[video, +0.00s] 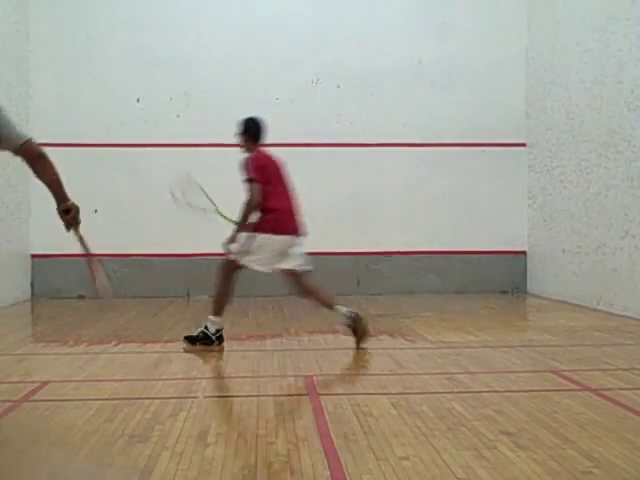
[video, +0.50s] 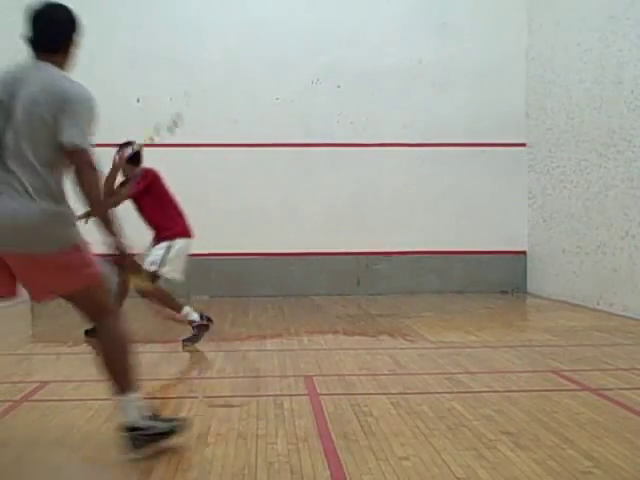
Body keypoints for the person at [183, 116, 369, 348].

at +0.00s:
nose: (239, 140)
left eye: (240, 136)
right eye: (240, 135)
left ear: (245, 137)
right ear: (260, 137)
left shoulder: (252, 161)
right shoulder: (272, 160)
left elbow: (254, 200)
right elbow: (278, 201)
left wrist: (236, 232)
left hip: (267, 230)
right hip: (288, 231)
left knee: (229, 267)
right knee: (301, 284)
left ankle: (212, 329)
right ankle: (347, 315)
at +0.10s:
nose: (207, 145)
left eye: (209, 140)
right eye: (209, 140)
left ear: (213, 142)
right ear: (228, 140)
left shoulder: (224, 164)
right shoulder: (237, 163)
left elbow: (227, 203)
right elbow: (233, 204)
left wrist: (212, 232)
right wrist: (211, 228)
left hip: (241, 229)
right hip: (258, 231)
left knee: (203, 268)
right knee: (247, 288)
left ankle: (210, 329)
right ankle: (297, 304)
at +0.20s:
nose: (181, 149)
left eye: (182, 144)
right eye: (182, 144)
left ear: (187, 145)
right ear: (201, 143)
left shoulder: (203, 164)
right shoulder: (205, 163)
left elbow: (198, 206)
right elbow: (198, 207)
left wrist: (173, 224)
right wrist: (179, 228)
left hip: (229, 227)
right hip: (235, 226)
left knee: (191, 269)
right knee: (200, 269)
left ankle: (208, 327)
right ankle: (235, 307)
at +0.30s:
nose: (159, 153)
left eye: (160, 148)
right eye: (159, 149)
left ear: (164, 148)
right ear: (178, 146)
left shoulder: (183, 164)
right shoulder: (179, 167)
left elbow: (159, 208)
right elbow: (163, 206)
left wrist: (133, 200)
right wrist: (142, 218)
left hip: (215, 226)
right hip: (206, 225)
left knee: (178, 270)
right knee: (171, 261)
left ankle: (207, 324)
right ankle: (172, 319)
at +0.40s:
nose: (139, 158)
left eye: (139, 154)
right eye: (139, 154)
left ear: (142, 153)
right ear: (156, 150)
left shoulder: (163, 166)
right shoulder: (155, 171)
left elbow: (133, 195)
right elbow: (125, 195)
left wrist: (106, 210)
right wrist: (116, 171)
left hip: (198, 228)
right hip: (187, 229)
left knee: (163, 274)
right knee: (153, 269)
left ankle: (202, 322)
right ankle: (126, 316)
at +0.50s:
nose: (121, 167)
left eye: (122, 163)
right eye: (120, 163)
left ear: (127, 161)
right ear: (136, 159)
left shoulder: (146, 175)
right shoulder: (131, 181)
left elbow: (118, 199)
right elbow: (107, 197)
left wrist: (92, 212)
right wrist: (115, 168)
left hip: (175, 237)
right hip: (162, 237)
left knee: (145, 284)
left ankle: (197, 319)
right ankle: (107, 325)